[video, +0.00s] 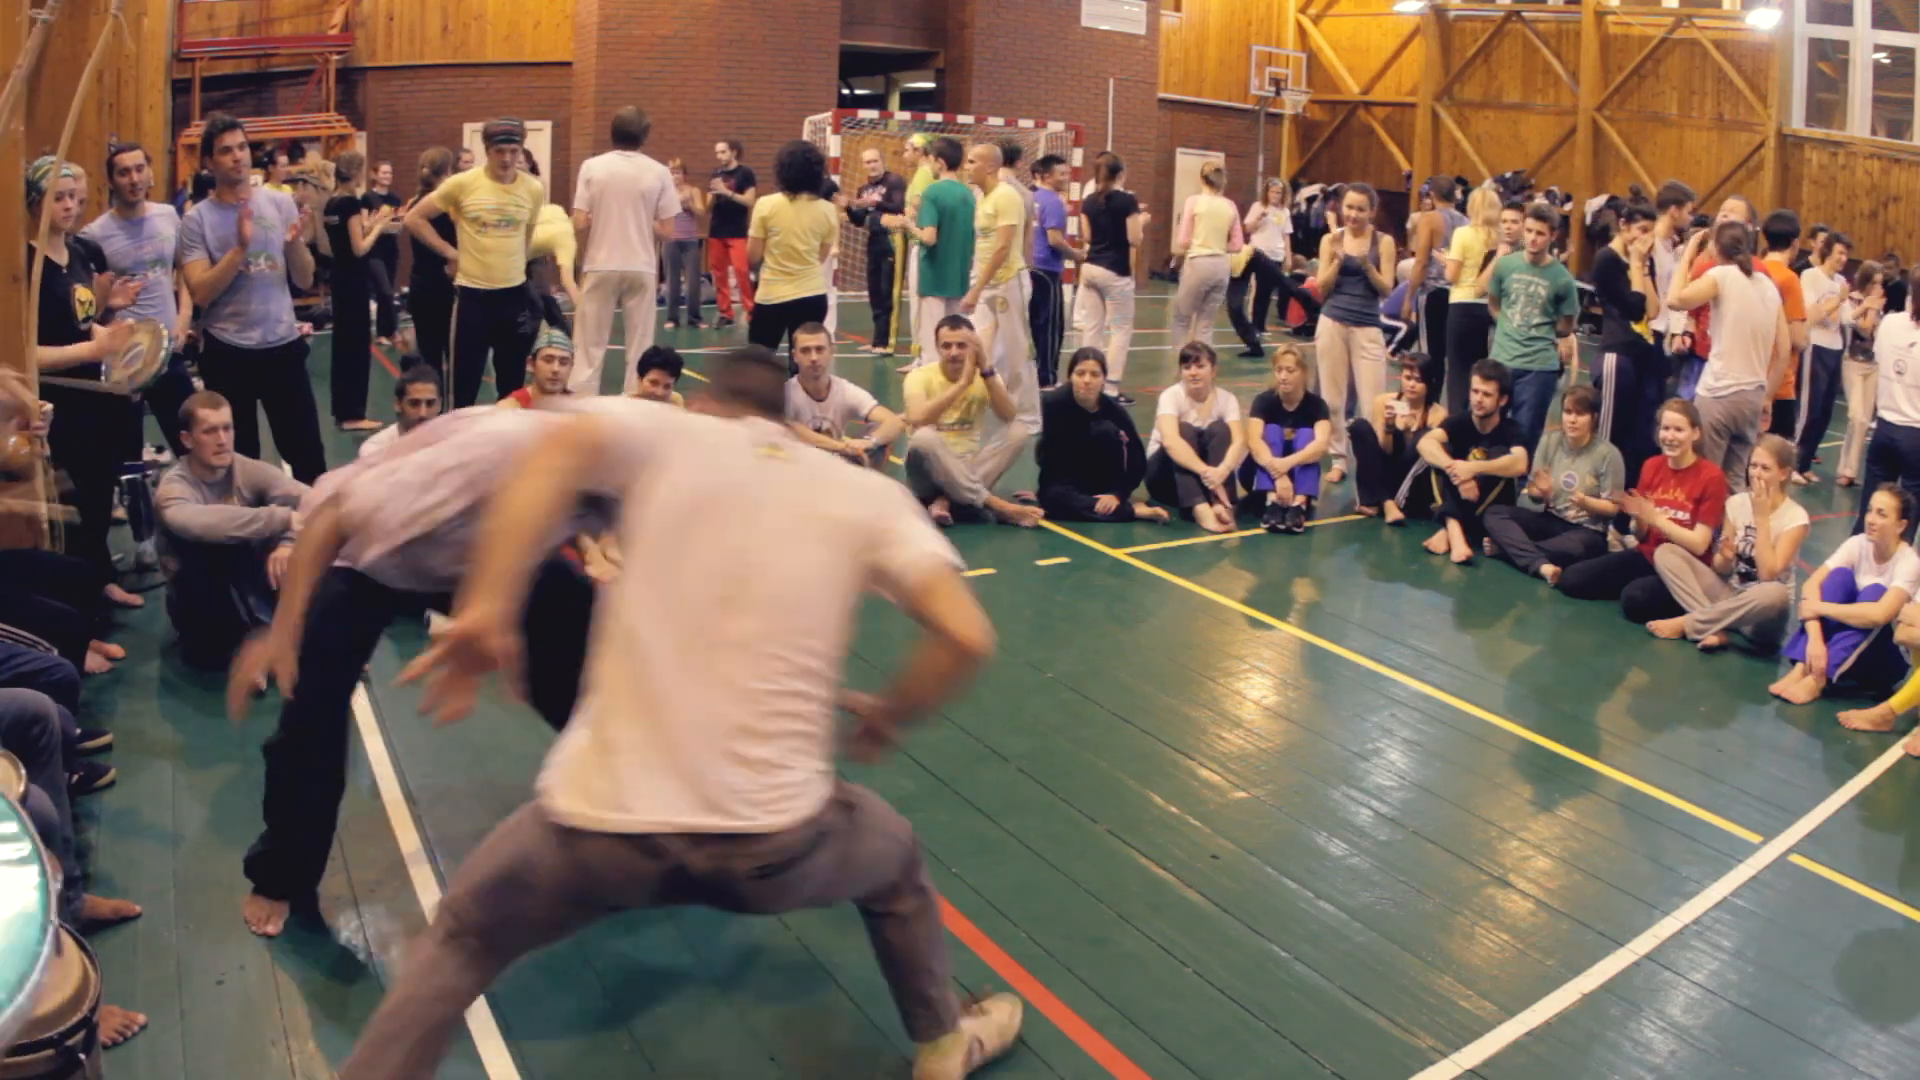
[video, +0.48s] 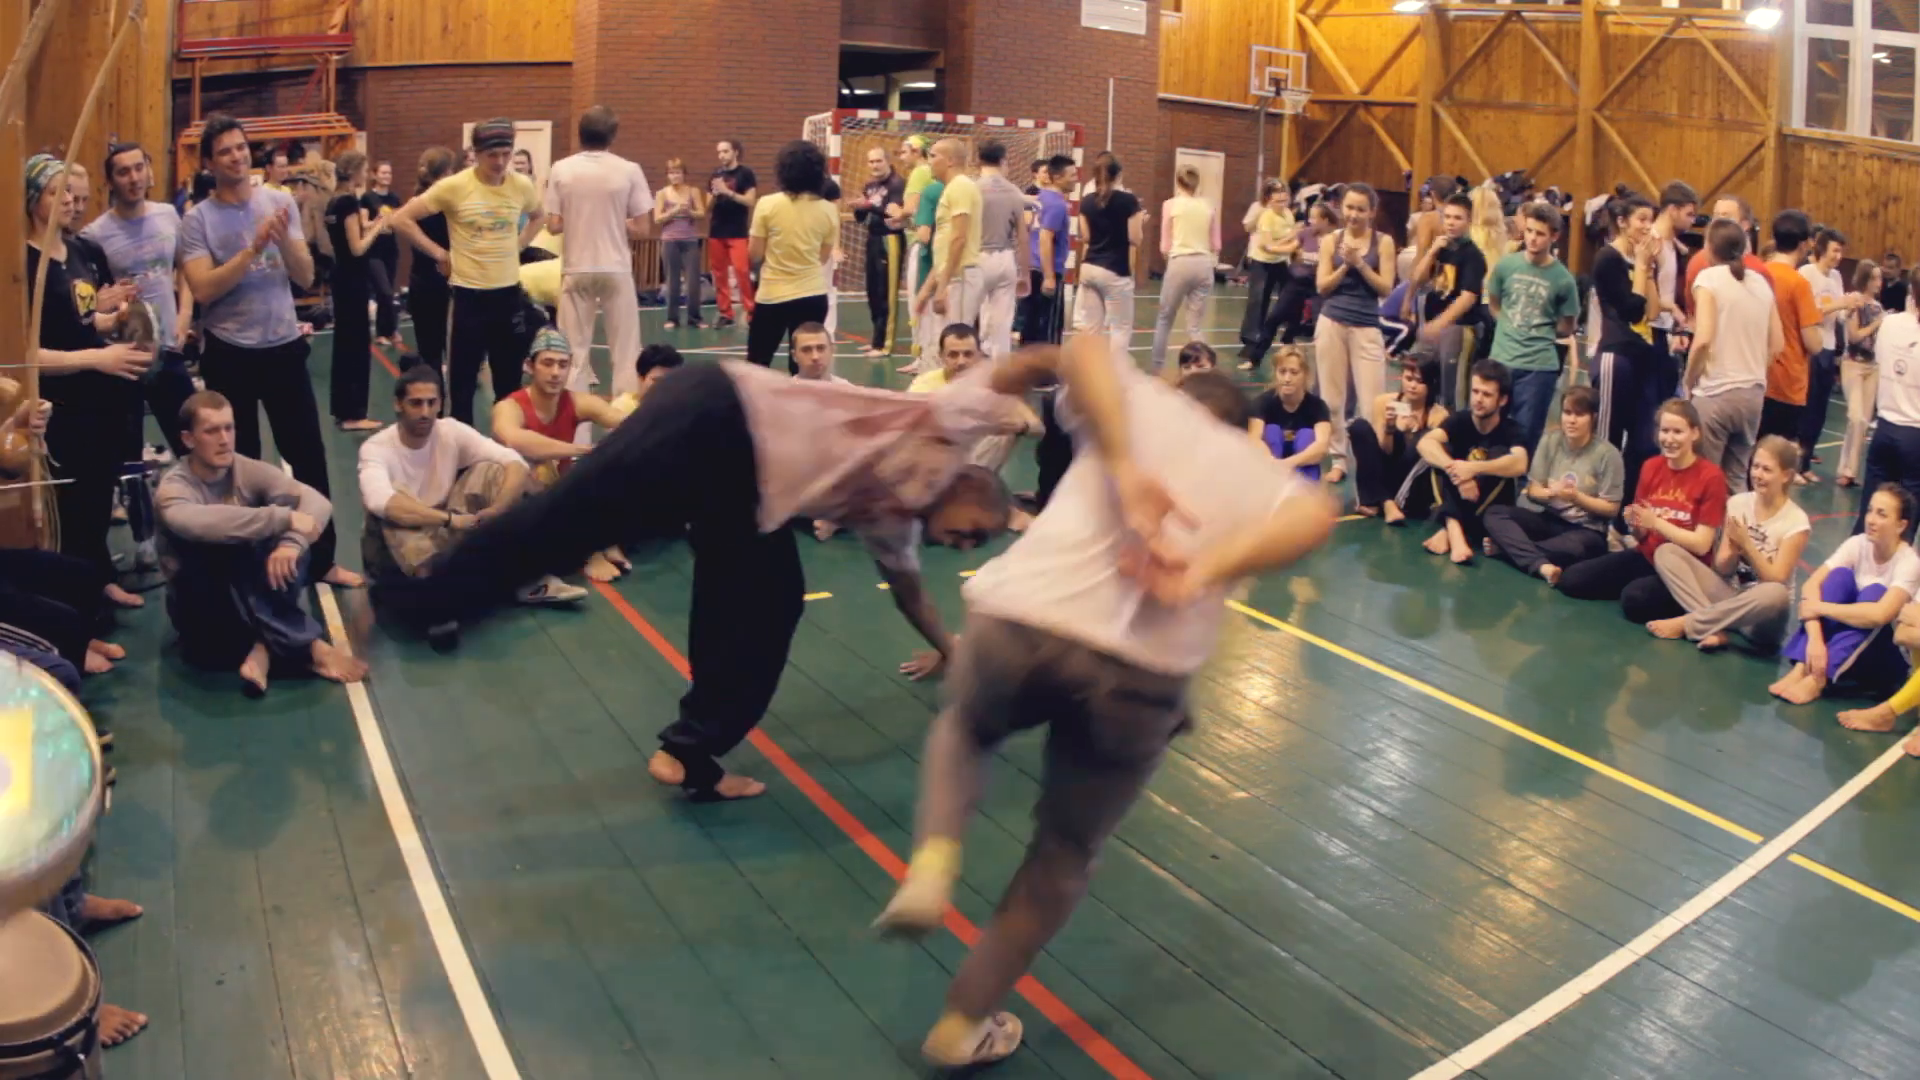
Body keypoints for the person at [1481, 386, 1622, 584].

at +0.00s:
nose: (1572, 420)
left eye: (1580, 414)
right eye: (1568, 412)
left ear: (1594, 418)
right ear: (1561, 414)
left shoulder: (1609, 455)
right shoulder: (1550, 441)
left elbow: (1613, 508)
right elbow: (1531, 492)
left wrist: (1585, 502)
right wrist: (1541, 492)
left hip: (1584, 531)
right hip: (1547, 519)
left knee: (1574, 548)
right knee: (1494, 514)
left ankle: (1508, 549)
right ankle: (1539, 566)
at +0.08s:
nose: (1572, 420)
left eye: (1580, 414)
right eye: (1568, 413)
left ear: (1594, 418)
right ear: (1561, 414)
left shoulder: (1609, 454)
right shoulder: (1549, 441)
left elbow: (1610, 508)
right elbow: (1534, 490)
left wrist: (1574, 496)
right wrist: (1557, 496)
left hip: (1584, 529)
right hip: (1547, 520)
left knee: (1575, 548)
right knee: (1494, 514)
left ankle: (1509, 549)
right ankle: (1539, 566)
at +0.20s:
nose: (1571, 420)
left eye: (1579, 414)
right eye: (1567, 412)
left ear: (1593, 417)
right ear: (1561, 414)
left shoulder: (1609, 454)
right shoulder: (1550, 441)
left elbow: (1613, 508)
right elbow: (1532, 490)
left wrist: (1579, 499)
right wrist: (1547, 492)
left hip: (1585, 529)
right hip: (1547, 520)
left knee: (1574, 548)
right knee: (1494, 514)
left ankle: (1509, 549)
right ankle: (1539, 566)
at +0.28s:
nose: (1572, 420)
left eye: (1579, 414)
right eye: (1567, 412)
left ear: (1593, 417)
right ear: (1561, 414)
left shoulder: (1608, 455)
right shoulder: (1549, 441)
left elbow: (1614, 507)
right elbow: (1532, 491)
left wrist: (1583, 501)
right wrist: (1542, 492)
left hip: (1585, 530)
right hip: (1547, 520)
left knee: (1573, 549)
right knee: (1494, 514)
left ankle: (1508, 549)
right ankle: (1539, 566)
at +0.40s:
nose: (1572, 420)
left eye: (1579, 414)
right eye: (1567, 413)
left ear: (1593, 417)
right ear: (1561, 414)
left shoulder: (1608, 454)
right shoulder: (1549, 442)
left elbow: (1609, 508)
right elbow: (1535, 491)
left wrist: (1574, 496)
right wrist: (1557, 496)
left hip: (1585, 530)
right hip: (1548, 520)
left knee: (1574, 548)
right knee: (1494, 514)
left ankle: (1508, 549)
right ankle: (1539, 566)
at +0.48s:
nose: (1571, 420)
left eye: (1579, 415)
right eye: (1567, 413)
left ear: (1593, 417)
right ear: (1561, 414)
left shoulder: (1609, 455)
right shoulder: (1549, 442)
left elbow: (1612, 509)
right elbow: (1533, 490)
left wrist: (1575, 496)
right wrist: (1552, 493)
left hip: (1584, 530)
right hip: (1546, 520)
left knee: (1574, 548)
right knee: (1494, 513)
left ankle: (1508, 549)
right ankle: (1539, 566)